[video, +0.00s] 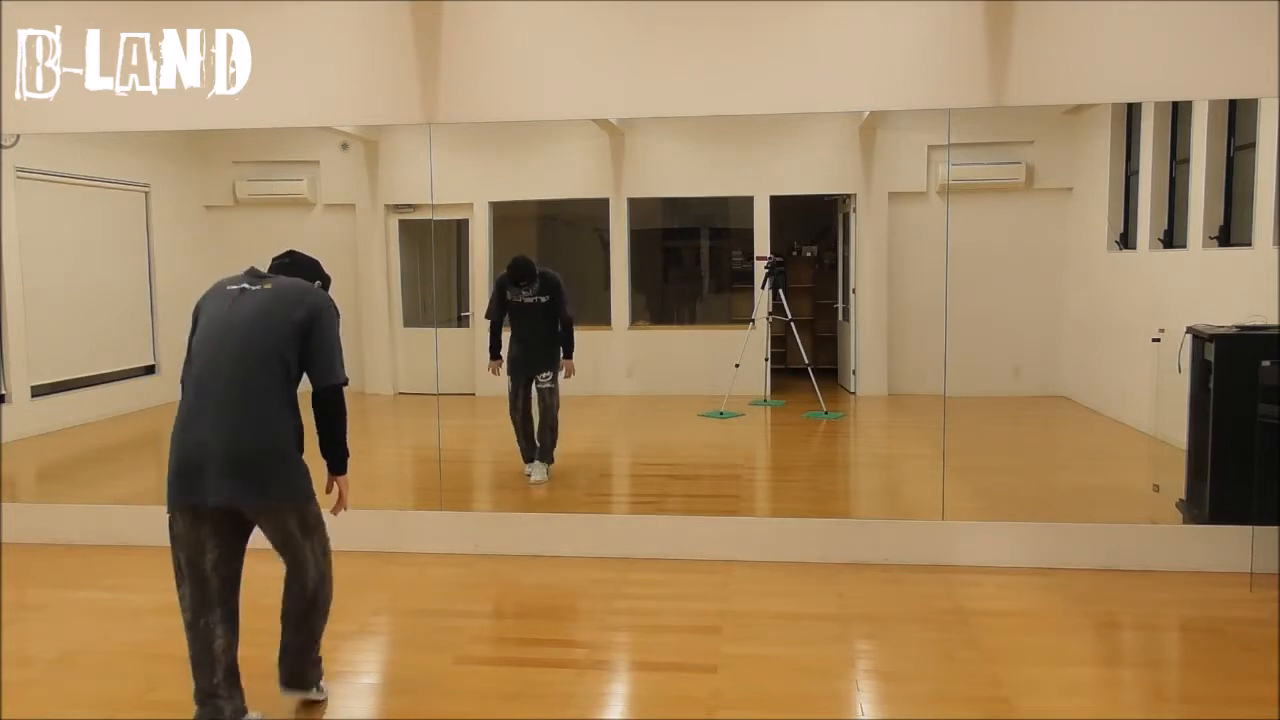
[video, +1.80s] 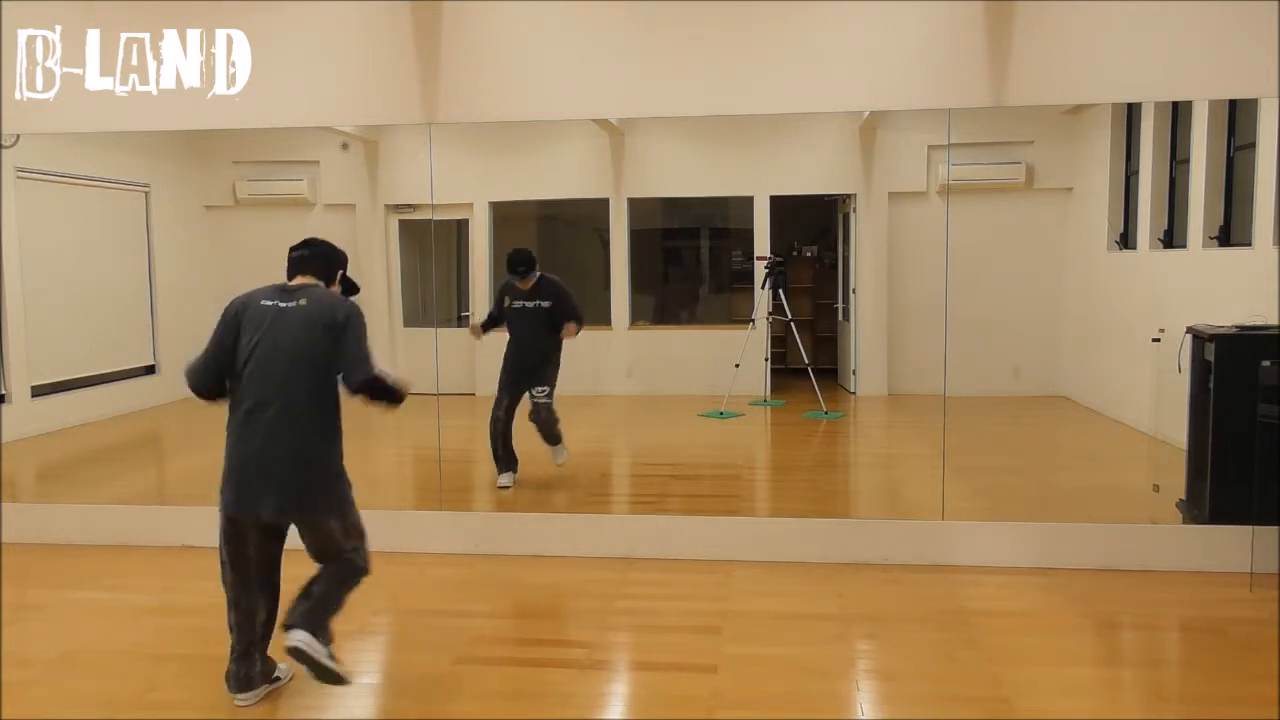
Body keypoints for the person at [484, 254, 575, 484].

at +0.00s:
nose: (526, 289)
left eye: (529, 285)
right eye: (521, 286)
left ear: (535, 276)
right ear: (512, 279)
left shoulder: (551, 282)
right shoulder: (503, 284)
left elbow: (565, 318)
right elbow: (496, 320)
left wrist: (568, 356)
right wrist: (495, 354)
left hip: (547, 351)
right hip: (519, 350)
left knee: (548, 408)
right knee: (518, 408)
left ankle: (544, 460)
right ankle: (530, 458)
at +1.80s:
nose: (522, 285)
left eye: (525, 280)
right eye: (517, 281)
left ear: (535, 271)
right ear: (511, 275)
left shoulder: (553, 287)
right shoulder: (507, 289)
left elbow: (575, 317)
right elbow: (499, 315)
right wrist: (483, 327)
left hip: (546, 356)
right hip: (517, 355)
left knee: (541, 411)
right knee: (500, 414)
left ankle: (556, 443)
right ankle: (505, 469)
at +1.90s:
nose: (528, 272)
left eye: (532, 266)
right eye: (524, 267)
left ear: (542, 259)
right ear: (518, 263)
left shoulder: (564, 279)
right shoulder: (514, 282)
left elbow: (592, 296)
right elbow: (493, 300)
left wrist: (600, 302)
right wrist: (472, 306)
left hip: (555, 362)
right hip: (524, 361)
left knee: (566, 415)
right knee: (509, 414)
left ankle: (589, 452)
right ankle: (506, 469)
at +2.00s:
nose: (537, 268)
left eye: (541, 262)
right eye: (532, 263)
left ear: (550, 255)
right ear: (526, 260)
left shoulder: (571, 275)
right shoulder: (521, 282)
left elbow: (605, 286)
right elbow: (490, 298)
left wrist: (633, 297)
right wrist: (459, 306)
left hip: (569, 358)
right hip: (537, 358)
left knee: (585, 412)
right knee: (520, 409)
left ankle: (608, 462)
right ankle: (512, 466)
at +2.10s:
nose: (544, 271)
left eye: (547, 266)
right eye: (539, 267)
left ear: (557, 261)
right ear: (533, 265)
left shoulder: (579, 281)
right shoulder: (530, 288)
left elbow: (609, 300)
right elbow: (505, 309)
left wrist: (638, 314)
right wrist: (473, 319)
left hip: (582, 359)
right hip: (551, 360)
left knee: (590, 414)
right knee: (533, 408)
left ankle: (610, 461)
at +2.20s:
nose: (551, 271)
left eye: (555, 265)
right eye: (546, 267)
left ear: (564, 260)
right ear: (540, 265)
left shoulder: (585, 283)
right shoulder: (538, 287)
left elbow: (611, 309)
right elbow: (526, 316)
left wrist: (622, 338)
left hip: (587, 357)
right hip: (556, 359)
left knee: (592, 411)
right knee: (555, 418)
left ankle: (609, 461)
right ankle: (576, 447)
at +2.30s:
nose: (554, 269)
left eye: (558, 264)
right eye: (550, 264)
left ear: (568, 259)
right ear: (544, 262)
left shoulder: (588, 283)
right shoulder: (540, 287)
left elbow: (601, 317)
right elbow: (539, 322)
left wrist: (587, 336)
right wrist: (545, 347)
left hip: (586, 359)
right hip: (557, 362)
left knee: (594, 413)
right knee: (567, 416)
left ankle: (606, 461)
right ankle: (583, 457)